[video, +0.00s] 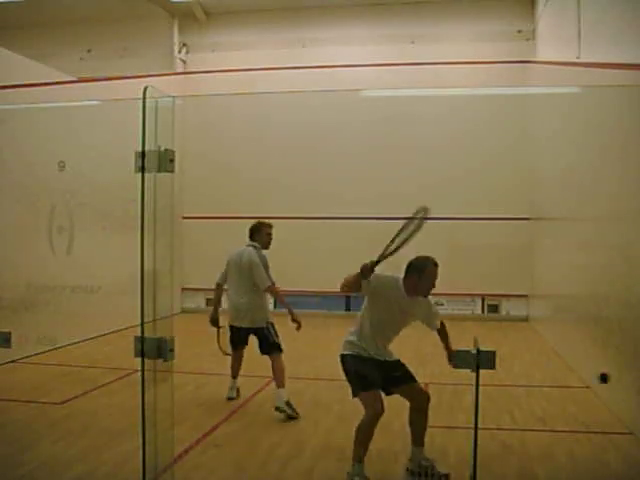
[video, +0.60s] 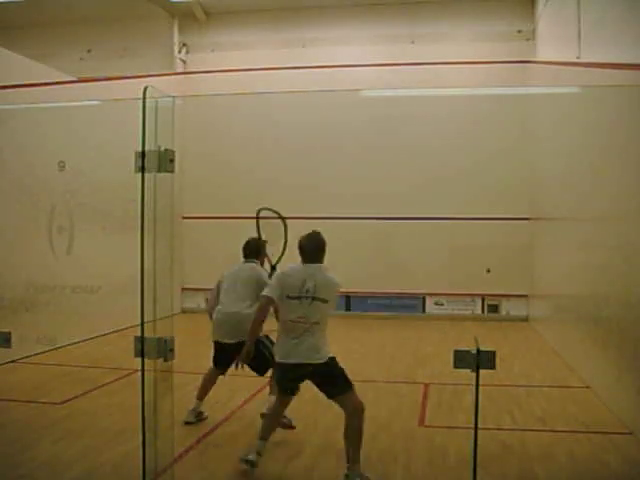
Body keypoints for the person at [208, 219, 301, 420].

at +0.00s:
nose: (271, 239)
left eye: (271, 235)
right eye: (267, 235)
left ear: (251, 237)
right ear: (255, 236)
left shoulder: (234, 256)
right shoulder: (257, 256)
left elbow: (219, 285)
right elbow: (270, 288)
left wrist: (214, 311)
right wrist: (291, 312)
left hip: (237, 318)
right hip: (259, 318)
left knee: (237, 351)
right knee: (276, 355)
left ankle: (232, 387)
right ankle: (282, 399)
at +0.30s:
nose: (279, 239)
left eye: (278, 235)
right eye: (278, 235)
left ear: (257, 236)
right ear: (275, 236)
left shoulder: (242, 257)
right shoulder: (277, 258)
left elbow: (225, 291)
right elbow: (297, 290)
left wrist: (224, 318)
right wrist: (300, 319)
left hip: (240, 319)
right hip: (266, 320)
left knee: (238, 354)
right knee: (282, 359)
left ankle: (237, 392)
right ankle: (281, 408)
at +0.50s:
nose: (269, 243)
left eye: (269, 240)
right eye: (269, 240)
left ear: (248, 241)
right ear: (266, 241)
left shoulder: (233, 258)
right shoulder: (265, 259)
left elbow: (213, 294)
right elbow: (286, 286)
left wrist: (215, 321)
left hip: (223, 318)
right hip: (249, 319)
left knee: (222, 357)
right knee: (276, 355)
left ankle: (197, 400)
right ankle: (275, 407)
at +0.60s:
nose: (266, 257)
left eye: (265, 253)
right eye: (265, 253)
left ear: (244, 254)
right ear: (262, 256)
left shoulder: (227, 274)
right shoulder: (260, 274)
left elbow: (211, 305)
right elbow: (276, 305)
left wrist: (219, 324)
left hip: (221, 330)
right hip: (248, 331)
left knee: (217, 368)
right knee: (278, 364)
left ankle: (195, 409)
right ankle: (274, 409)